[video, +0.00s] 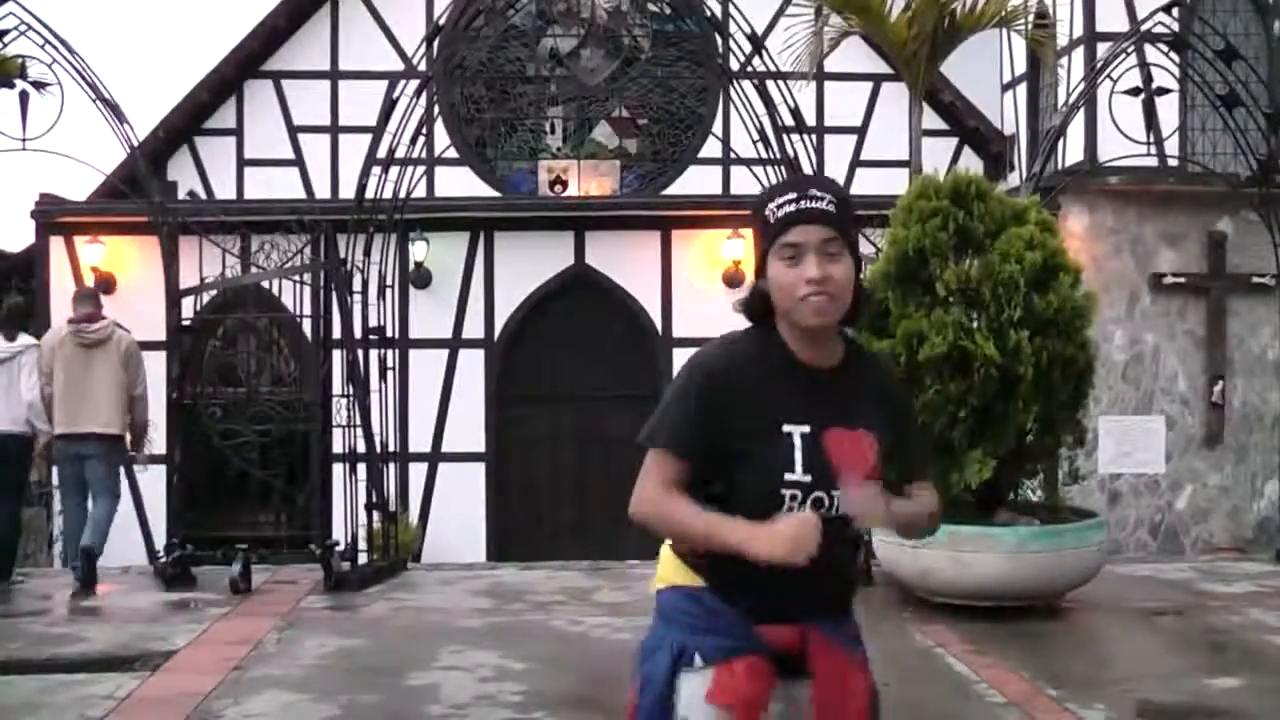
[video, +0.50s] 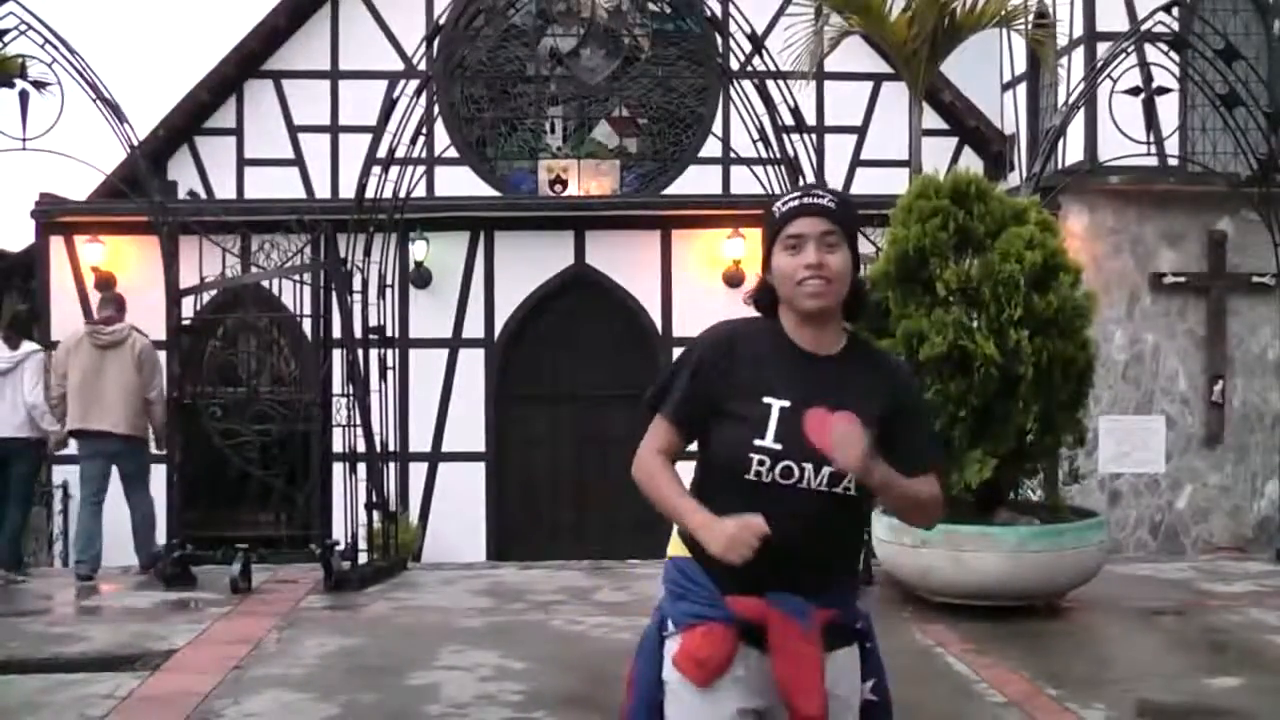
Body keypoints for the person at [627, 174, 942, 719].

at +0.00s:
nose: (815, 272)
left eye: (832, 253)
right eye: (793, 257)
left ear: (855, 267)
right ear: (764, 275)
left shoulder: (874, 380)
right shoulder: (718, 372)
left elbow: (926, 507)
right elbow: (648, 500)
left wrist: (888, 510)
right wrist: (754, 536)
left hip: (822, 607)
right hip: (713, 602)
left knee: (851, 702)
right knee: (727, 693)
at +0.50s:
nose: (814, 261)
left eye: (830, 245)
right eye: (794, 247)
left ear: (853, 264)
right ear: (769, 269)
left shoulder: (886, 379)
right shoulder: (723, 350)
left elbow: (929, 508)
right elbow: (648, 459)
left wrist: (873, 470)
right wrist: (708, 527)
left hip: (826, 610)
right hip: (711, 605)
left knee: (856, 707)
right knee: (694, 707)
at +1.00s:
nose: (697, 265)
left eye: (713, 249)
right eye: (679, 252)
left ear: (737, 266)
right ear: (656, 271)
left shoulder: (781, 362)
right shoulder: (620, 359)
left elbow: (833, 479)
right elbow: (562, 471)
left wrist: (758, 452)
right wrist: (608, 523)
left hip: (750, 615)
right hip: (635, 614)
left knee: (775, 708)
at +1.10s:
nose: (661, 271)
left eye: (678, 254)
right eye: (643, 257)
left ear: (703, 266)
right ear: (620, 272)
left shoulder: (753, 361)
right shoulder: (595, 362)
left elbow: (804, 477)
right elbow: (543, 476)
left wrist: (714, 500)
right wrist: (579, 473)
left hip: (731, 608)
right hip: (618, 608)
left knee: (749, 709)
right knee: (592, 708)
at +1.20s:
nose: (644, 266)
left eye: (660, 249)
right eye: (627, 252)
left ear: (687, 262)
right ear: (606, 267)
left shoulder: (741, 355)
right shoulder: (585, 358)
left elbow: (796, 465)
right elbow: (538, 476)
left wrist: (698, 485)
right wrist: (575, 454)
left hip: (721, 599)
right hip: (612, 599)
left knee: (731, 710)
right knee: (597, 709)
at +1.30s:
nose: (634, 265)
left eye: (650, 248)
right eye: (617, 251)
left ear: (677, 262)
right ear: (598, 268)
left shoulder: (731, 353)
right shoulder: (575, 361)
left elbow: (790, 459)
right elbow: (533, 476)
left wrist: (688, 452)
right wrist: (569, 467)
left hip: (714, 595)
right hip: (606, 598)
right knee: (592, 709)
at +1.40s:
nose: (625, 261)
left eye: (642, 246)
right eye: (608, 249)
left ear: (671, 261)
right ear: (589, 269)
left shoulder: (720, 349)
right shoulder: (572, 362)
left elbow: (774, 461)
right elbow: (539, 469)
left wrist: (673, 428)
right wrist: (551, 513)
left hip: (704, 597)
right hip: (602, 598)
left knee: (698, 710)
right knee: (595, 710)